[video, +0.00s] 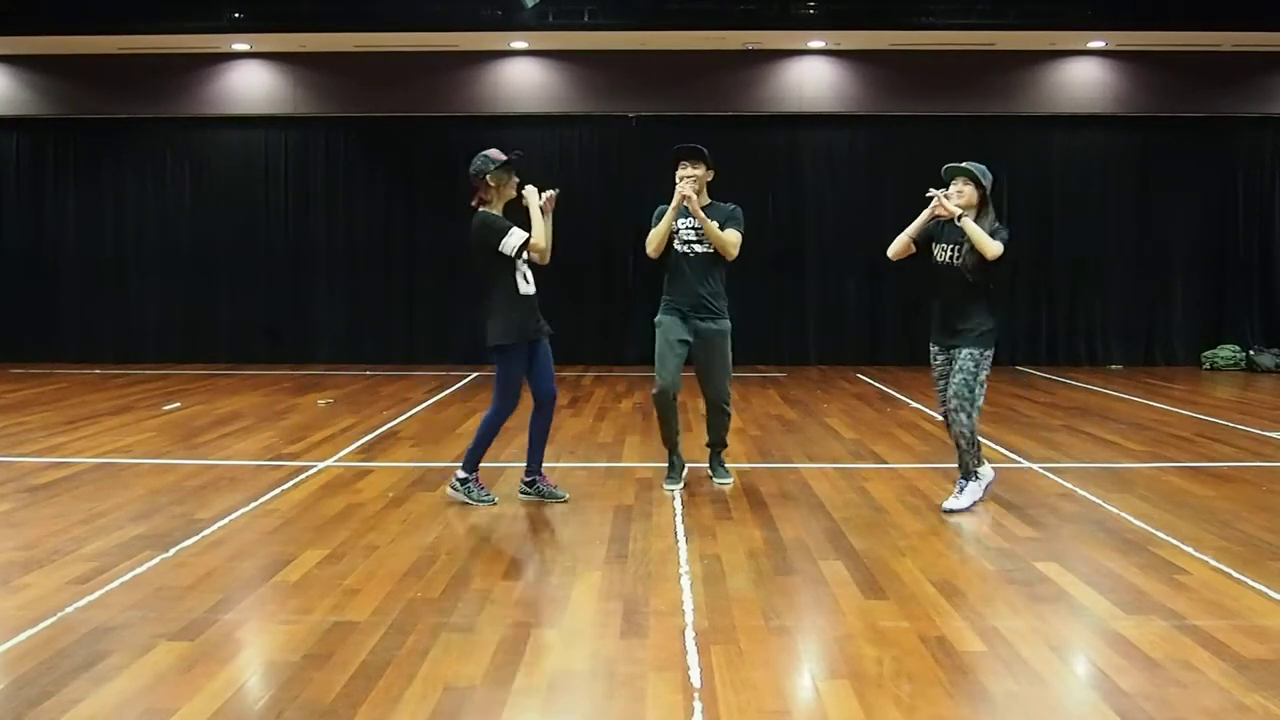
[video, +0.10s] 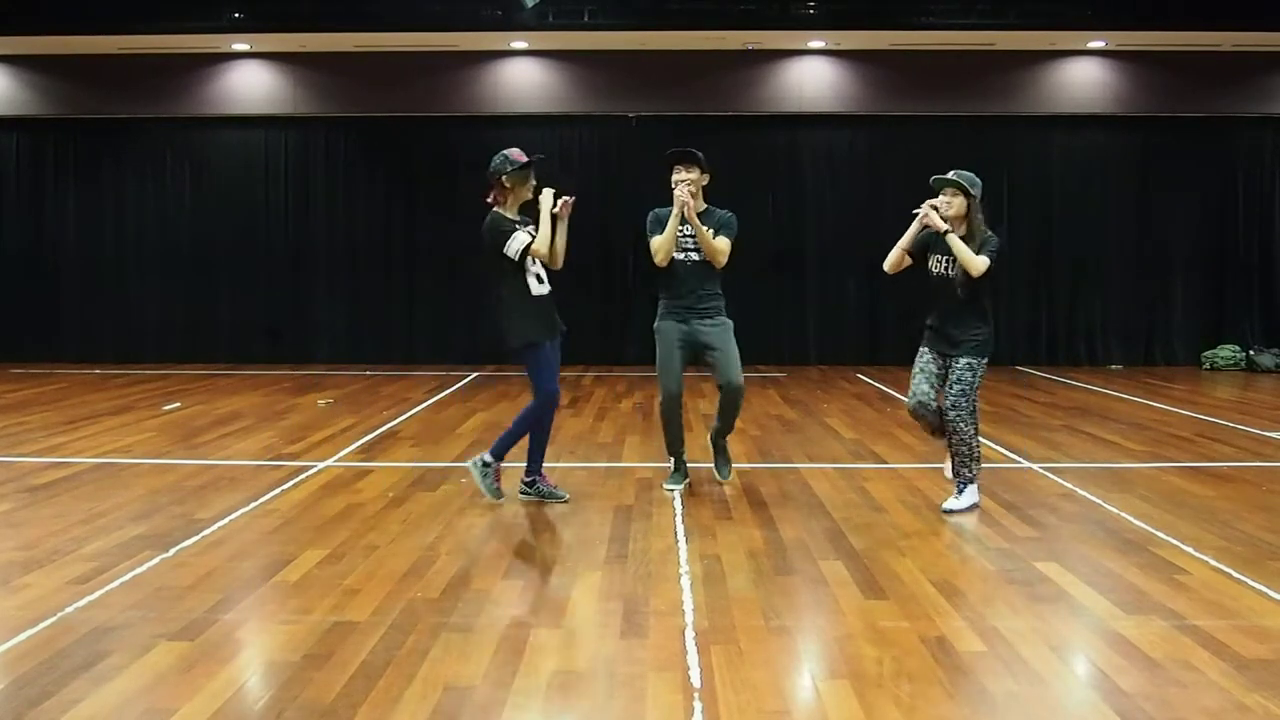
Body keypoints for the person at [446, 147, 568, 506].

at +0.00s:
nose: (515, 180)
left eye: (513, 173)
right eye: (508, 175)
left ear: (495, 182)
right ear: (489, 182)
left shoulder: (503, 220)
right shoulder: (486, 222)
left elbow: (541, 255)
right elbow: (539, 250)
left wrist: (545, 215)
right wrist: (534, 208)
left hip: (531, 321)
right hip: (508, 323)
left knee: (546, 395)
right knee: (505, 403)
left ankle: (533, 477)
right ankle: (465, 476)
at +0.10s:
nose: (531, 180)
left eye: (530, 174)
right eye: (523, 176)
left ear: (526, 180)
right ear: (504, 182)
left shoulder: (526, 221)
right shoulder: (496, 224)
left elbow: (556, 260)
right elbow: (542, 250)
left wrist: (561, 221)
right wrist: (547, 211)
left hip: (547, 318)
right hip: (525, 320)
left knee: (548, 397)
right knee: (547, 396)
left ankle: (533, 477)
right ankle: (490, 460)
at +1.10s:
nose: (664, 187)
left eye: (667, 181)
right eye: (656, 182)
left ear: (673, 183)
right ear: (638, 186)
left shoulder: (684, 220)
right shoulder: (625, 221)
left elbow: (697, 266)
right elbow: (632, 253)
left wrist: (697, 219)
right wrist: (658, 214)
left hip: (686, 317)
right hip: (648, 318)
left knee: (687, 406)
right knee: (668, 401)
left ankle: (681, 479)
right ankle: (635, 461)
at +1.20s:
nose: (670, 187)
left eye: (673, 181)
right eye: (661, 182)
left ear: (680, 183)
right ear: (645, 187)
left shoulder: (692, 218)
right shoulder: (633, 220)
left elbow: (705, 260)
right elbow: (630, 253)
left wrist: (698, 214)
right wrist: (655, 213)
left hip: (689, 315)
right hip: (650, 316)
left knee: (688, 403)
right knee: (670, 398)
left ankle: (681, 479)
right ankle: (648, 463)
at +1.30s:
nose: (673, 179)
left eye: (677, 172)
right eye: (665, 173)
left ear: (685, 177)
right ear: (650, 180)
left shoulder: (700, 212)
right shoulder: (638, 215)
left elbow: (712, 250)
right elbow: (633, 250)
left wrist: (697, 205)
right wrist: (655, 208)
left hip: (691, 315)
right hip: (651, 315)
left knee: (687, 402)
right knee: (666, 397)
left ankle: (683, 480)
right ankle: (656, 474)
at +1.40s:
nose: (675, 176)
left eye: (680, 170)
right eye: (667, 171)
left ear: (687, 175)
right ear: (653, 178)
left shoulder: (701, 213)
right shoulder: (640, 216)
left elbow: (712, 253)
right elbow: (635, 254)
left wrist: (695, 209)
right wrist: (657, 212)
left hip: (693, 320)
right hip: (654, 319)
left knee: (688, 402)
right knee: (664, 399)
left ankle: (683, 480)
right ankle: (659, 482)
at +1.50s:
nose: (676, 177)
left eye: (680, 170)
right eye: (668, 172)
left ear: (687, 175)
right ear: (654, 179)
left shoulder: (698, 218)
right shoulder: (641, 218)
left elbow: (708, 264)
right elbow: (640, 261)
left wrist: (698, 221)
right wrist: (662, 217)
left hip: (694, 321)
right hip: (655, 321)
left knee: (688, 402)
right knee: (663, 400)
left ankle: (683, 479)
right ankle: (659, 481)